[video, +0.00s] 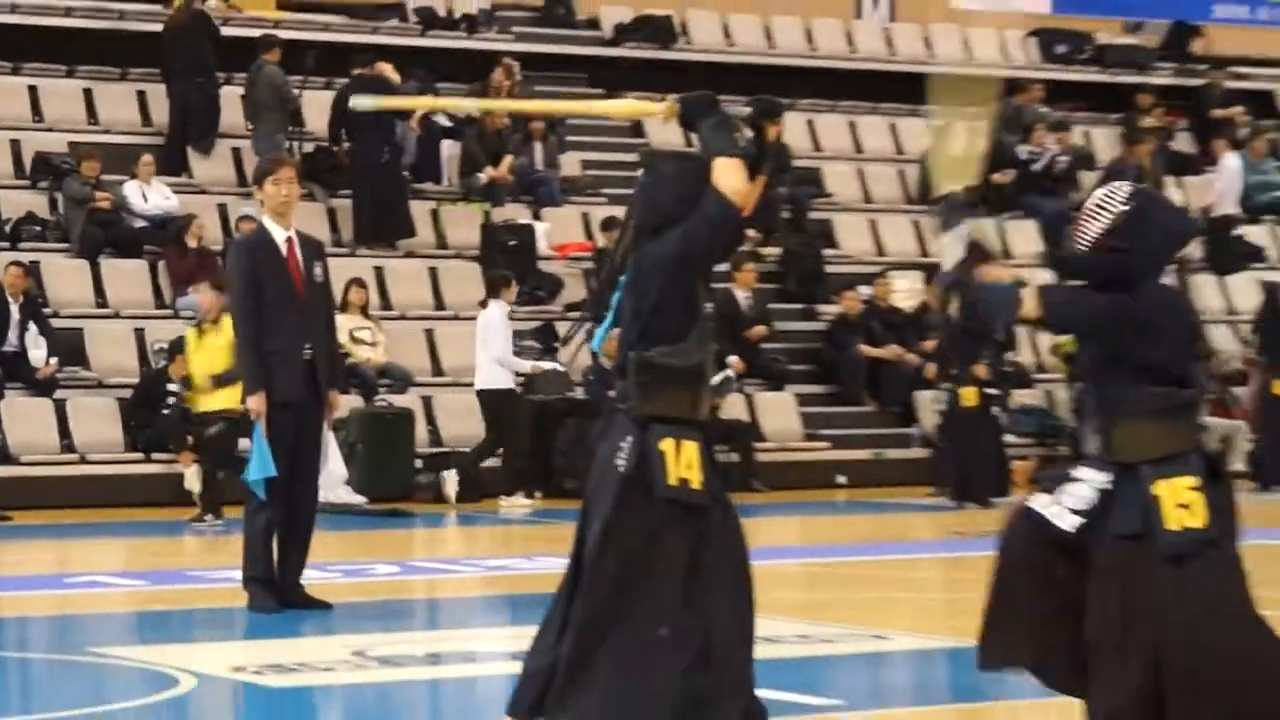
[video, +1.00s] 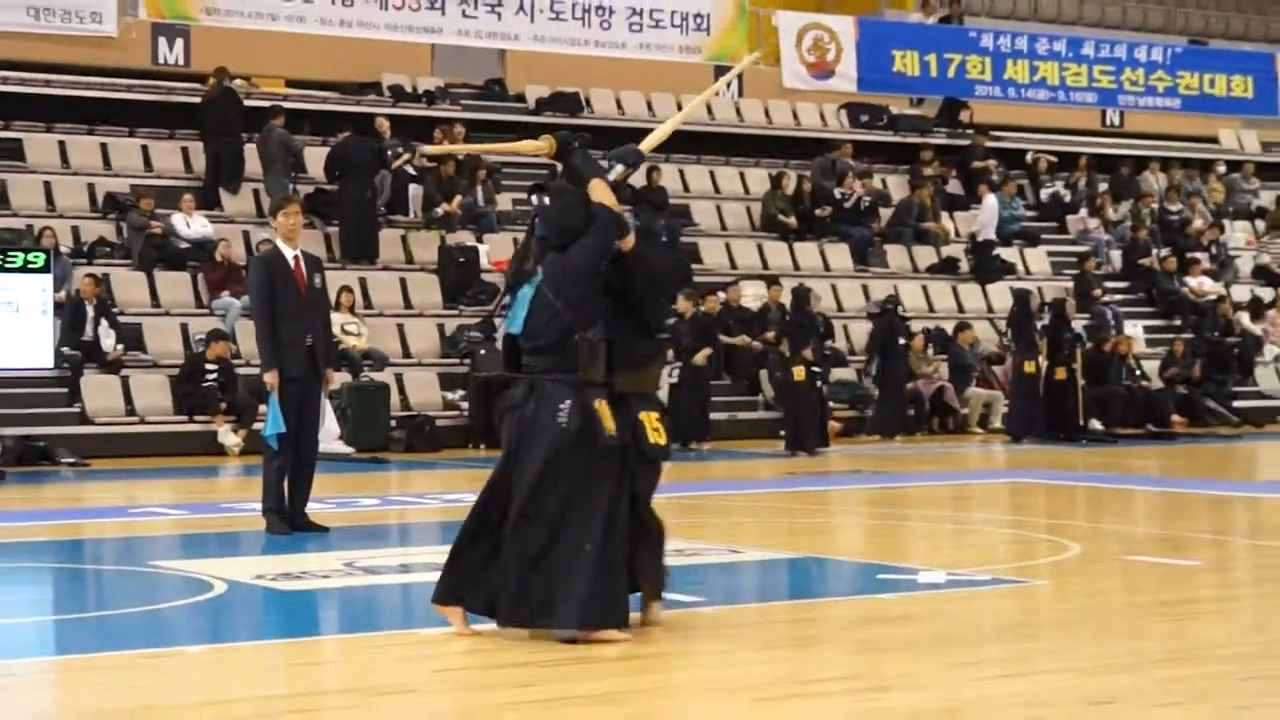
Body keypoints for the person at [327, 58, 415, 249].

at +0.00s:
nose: (376, 68)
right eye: (375, 65)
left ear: (352, 69)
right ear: (373, 66)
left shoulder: (347, 91)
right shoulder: (385, 86)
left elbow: (335, 121)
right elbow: (405, 111)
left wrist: (336, 144)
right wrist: (397, 79)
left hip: (360, 149)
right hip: (386, 147)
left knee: (363, 193)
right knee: (388, 192)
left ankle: (365, 238)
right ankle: (388, 239)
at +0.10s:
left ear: (332, 79)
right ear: (353, 76)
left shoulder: (328, 99)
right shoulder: (366, 94)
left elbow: (316, 127)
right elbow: (383, 117)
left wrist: (318, 147)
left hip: (340, 155)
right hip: (365, 153)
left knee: (344, 198)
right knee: (368, 196)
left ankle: (346, 241)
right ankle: (368, 240)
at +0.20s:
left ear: (313, 91)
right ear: (333, 87)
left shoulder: (307, 111)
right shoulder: (343, 104)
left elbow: (298, 143)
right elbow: (362, 129)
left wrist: (314, 145)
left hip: (321, 161)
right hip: (344, 159)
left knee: (324, 201)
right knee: (347, 200)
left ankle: (326, 243)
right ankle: (347, 243)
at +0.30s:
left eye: (296, 100)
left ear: (297, 98)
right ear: (316, 95)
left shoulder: (292, 117)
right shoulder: (328, 110)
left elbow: (283, 147)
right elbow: (344, 134)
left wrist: (299, 151)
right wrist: (327, 139)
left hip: (304, 165)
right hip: (327, 163)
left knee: (306, 204)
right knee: (330, 203)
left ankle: (309, 246)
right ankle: (330, 245)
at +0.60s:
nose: (314, 120)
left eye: (313, 117)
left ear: (313, 117)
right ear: (330, 114)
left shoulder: (310, 133)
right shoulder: (343, 128)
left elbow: (303, 159)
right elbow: (359, 148)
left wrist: (316, 168)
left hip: (320, 178)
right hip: (342, 177)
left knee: (320, 214)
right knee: (345, 212)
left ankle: (322, 250)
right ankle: (345, 250)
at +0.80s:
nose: (325, 131)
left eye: (325, 128)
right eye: (325, 128)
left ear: (326, 127)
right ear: (341, 124)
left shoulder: (324, 143)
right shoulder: (358, 137)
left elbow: (318, 169)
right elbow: (374, 157)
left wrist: (332, 171)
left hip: (335, 185)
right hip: (357, 184)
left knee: (335, 222)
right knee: (357, 221)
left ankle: (337, 255)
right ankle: (358, 254)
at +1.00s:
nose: (337, 139)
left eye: (337, 136)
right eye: (336, 137)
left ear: (340, 135)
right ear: (353, 132)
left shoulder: (337, 148)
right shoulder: (371, 144)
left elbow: (329, 172)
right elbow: (382, 165)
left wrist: (338, 180)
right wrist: (369, 174)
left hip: (347, 188)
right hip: (368, 187)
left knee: (348, 222)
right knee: (369, 221)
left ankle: (349, 255)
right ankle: (370, 255)